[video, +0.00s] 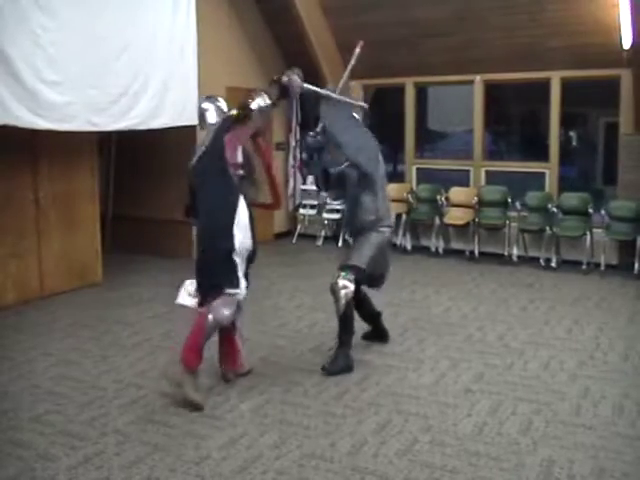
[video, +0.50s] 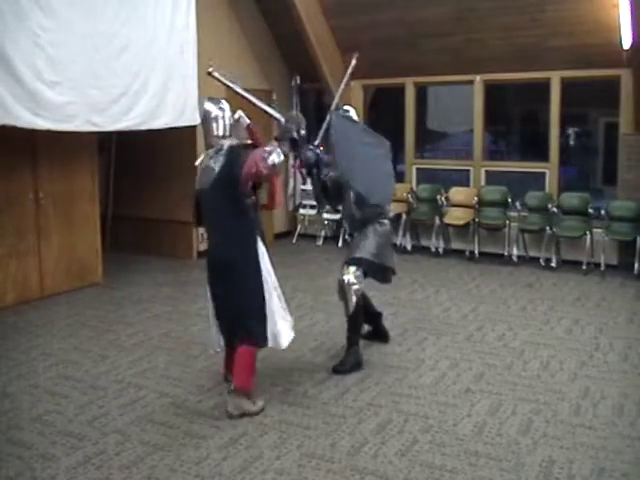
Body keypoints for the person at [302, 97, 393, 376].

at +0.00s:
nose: (329, 134)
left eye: (334, 128)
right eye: (328, 128)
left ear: (349, 125)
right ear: (329, 129)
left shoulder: (367, 151)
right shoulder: (343, 158)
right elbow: (328, 186)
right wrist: (315, 154)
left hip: (377, 227)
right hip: (356, 229)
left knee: (344, 284)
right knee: (351, 286)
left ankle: (343, 353)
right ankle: (378, 327)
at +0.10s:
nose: (343, 152)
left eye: (347, 147)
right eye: (343, 147)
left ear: (356, 147)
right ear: (345, 150)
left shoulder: (372, 165)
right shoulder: (344, 174)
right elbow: (325, 192)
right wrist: (316, 164)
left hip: (379, 225)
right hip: (358, 228)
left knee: (347, 281)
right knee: (351, 282)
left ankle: (351, 352)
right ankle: (378, 327)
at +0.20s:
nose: (341, 149)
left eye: (345, 144)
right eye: (341, 145)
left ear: (356, 146)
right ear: (346, 149)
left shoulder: (371, 167)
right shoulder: (346, 177)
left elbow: (377, 155)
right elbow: (329, 202)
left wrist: (351, 129)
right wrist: (314, 174)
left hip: (379, 228)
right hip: (359, 233)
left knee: (350, 281)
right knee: (349, 283)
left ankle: (354, 351)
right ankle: (377, 326)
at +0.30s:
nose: (344, 152)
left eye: (348, 148)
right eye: (342, 148)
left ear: (358, 150)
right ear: (344, 153)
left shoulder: (371, 172)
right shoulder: (345, 179)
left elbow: (374, 160)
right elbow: (329, 206)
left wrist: (347, 127)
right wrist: (316, 180)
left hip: (378, 230)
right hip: (360, 233)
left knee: (350, 282)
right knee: (349, 284)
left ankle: (354, 352)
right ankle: (377, 327)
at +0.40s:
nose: (333, 153)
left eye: (338, 147)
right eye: (333, 148)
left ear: (351, 147)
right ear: (338, 151)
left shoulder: (370, 172)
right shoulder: (345, 178)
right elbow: (329, 205)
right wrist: (315, 179)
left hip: (377, 230)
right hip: (360, 232)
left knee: (350, 282)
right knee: (347, 284)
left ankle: (354, 351)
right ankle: (377, 326)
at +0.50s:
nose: (333, 145)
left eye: (337, 139)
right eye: (332, 140)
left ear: (350, 138)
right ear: (333, 142)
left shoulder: (371, 163)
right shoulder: (343, 170)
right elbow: (328, 199)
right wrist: (315, 172)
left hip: (376, 225)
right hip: (358, 229)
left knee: (350, 279)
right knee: (347, 283)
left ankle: (352, 351)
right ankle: (377, 326)